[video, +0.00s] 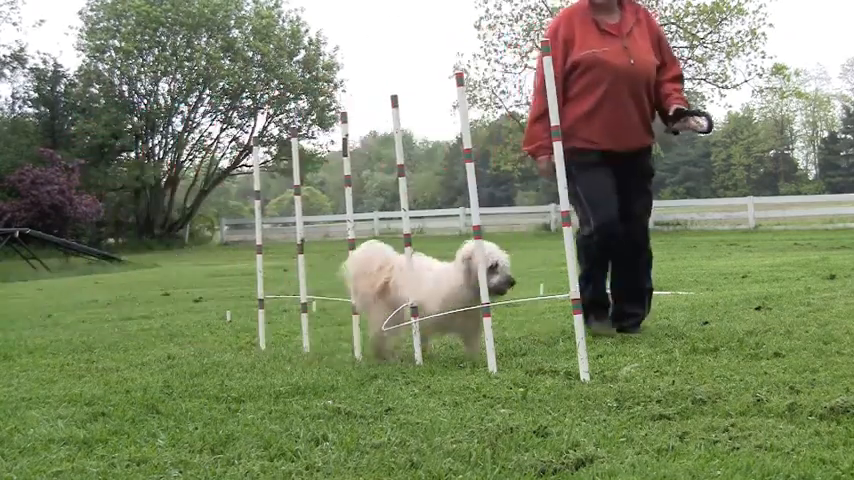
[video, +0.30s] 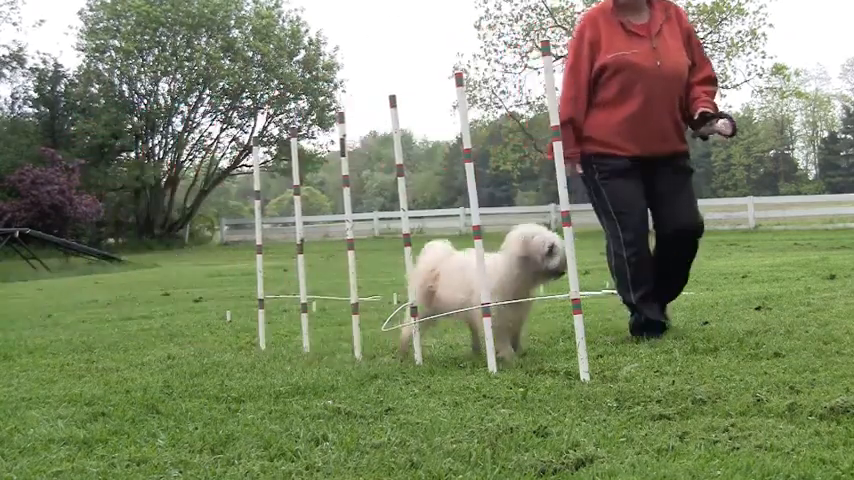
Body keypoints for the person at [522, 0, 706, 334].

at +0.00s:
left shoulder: (643, 20)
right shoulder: (565, 25)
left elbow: (666, 72)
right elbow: (544, 90)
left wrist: (674, 105)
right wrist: (542, 146)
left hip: (634, 149)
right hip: (584, 149)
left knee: (634, 234)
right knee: (602, 225)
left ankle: (630, 316)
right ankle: (594, 305)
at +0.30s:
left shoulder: (674, 16)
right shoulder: (593, 23)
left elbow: (700, 74)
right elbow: (573, 92)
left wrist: (702, 109)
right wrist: (570, 150)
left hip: (667, 151)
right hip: (608, 152)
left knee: (684, 228)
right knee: (629, 232)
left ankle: (655, 303)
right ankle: (645, 318)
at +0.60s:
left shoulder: (704, 7)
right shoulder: (609, 10)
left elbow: (731, 61)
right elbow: (591, 77)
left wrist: (725, 100)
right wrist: (590, 136)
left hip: (690, 143)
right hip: (626, 148)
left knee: (700, 230)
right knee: (633, 240)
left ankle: (715, 325)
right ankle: (643, 329)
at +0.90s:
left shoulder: (726, 4)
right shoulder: (626, 5)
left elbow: (755, 51)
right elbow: (608, 63)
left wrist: (747, 90)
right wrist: (601, 122)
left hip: (714, 134)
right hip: (644, 138)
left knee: (716, 233)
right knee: (643, 236)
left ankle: (718, 324)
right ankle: (647, 323)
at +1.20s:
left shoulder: (732, 4)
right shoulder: (630, 5)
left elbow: (763, 53)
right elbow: (618, 64)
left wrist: (754, 92)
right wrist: (614, 121)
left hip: (723, 133)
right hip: (652, 136)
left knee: (725, 233)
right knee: (645, 228)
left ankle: (719, 326)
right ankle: (652, 324)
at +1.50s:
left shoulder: (713, 4)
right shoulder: (618, 5)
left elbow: (744, 54)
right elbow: (604, 68)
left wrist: (738, 95)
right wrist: (602, 126)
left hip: (711, 141)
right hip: (640, 148)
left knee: (718, 244)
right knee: (644, 245)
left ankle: (721, 327)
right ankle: (650, 329)